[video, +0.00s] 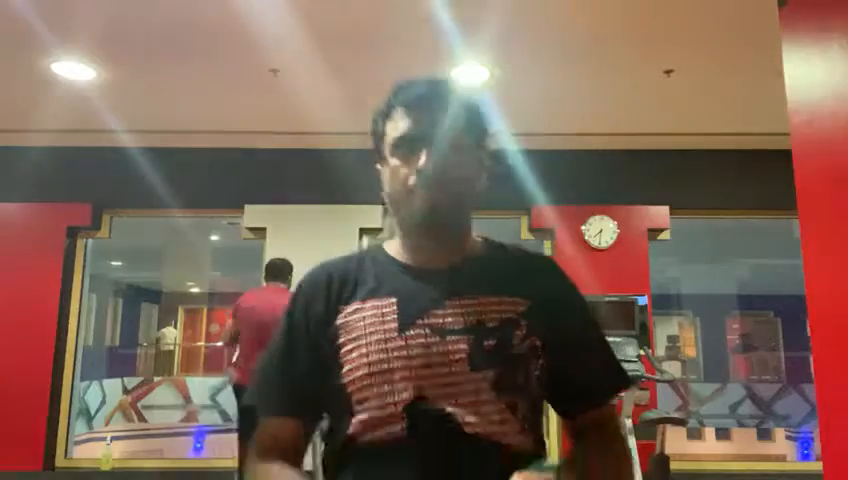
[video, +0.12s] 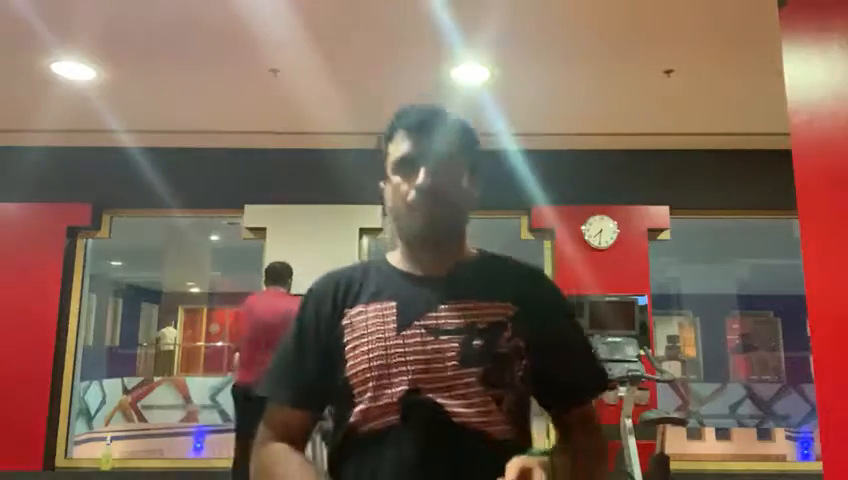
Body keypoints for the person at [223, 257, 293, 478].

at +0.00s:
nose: (286, 281)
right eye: (288, 277)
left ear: (265, 277)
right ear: (289, 278)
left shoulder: (246, 299)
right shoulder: (294, 302)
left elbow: (230, 337)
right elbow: (299, 342)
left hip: (246, 379)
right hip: (280, 380)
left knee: (245, 439)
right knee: (277, 439)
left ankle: (243, 474)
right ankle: (275, 473)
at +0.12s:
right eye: (290, 281)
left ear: (265, 280)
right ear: (289, 281)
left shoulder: (249, 303)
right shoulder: (297, 306)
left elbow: (236, 340)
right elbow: (300, 347)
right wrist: (298, 377)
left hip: (247, 383)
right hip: (280, 385)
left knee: (244, 444)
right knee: (276, 443)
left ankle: (240, 475)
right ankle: (273, 475)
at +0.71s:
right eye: (293, 276)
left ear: (267, 275)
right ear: (292, 276)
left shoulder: (245, 297)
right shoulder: (301, 301)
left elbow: (225, 338)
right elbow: (320, 331)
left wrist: (240, 348)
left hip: (248, 380)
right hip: (283, 380)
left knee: (255, 434)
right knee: (280, 438)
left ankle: (254, 475)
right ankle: (279, 476)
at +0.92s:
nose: (288, 284)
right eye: (288, 281)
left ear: (264, 280)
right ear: (288, 282)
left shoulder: (245, 302)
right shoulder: (295, 306)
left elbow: (229, 336)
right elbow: (313, 345)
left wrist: (251, 326)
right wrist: (319, 336)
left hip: (246, 385)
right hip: (283, 385)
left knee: (246, 444)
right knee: (295, 428)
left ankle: (244, 476)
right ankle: (291, 469)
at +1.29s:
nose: (295, 282)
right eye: (296, 278)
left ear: (271, 276)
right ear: (295, 279)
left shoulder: (251, 297)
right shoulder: (305, 303)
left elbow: (239, 332)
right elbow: (328, 339)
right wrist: (322, 355)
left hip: (251, 381)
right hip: (287, 382)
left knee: (253, 429)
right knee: (284, 440)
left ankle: (249, 475)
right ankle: (284, 476)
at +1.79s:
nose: (291, 286)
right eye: (291, 283)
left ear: (265, 281)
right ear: (289, 283)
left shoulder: (246, 303)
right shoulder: (296, 306)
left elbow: (238, 339)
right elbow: (315, 347)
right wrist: (325, 336)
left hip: (246, 386)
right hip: (281, 385)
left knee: (246, 445)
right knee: (297, 425)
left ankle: (243, 477)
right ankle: (292, 473)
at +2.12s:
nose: (295, 280)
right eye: (296, 277)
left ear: (271, 275)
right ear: (295, 277)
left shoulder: (251, 297)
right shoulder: (305, 301)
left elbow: (241, 330)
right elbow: (325, 340)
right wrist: (326, 329)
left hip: (254, 380)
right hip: (289, 381)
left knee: (254, 430)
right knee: (285, 436)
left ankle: (250, 476)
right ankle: (286, 476)